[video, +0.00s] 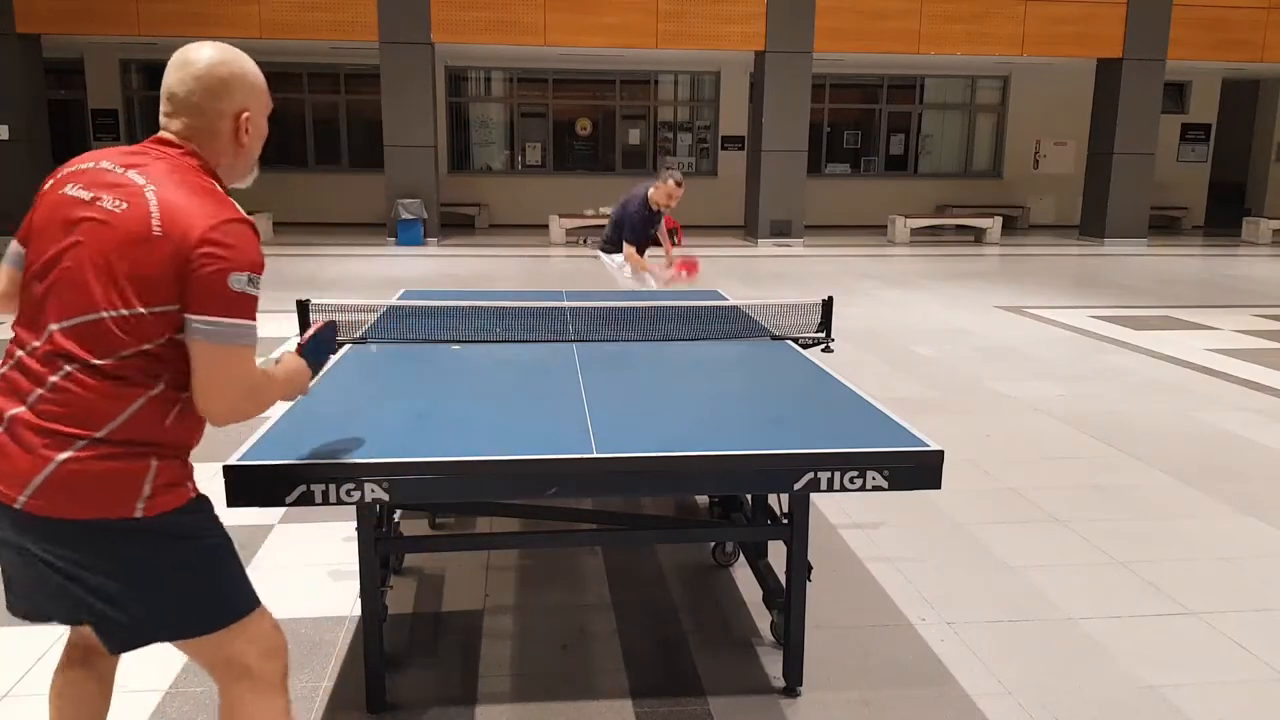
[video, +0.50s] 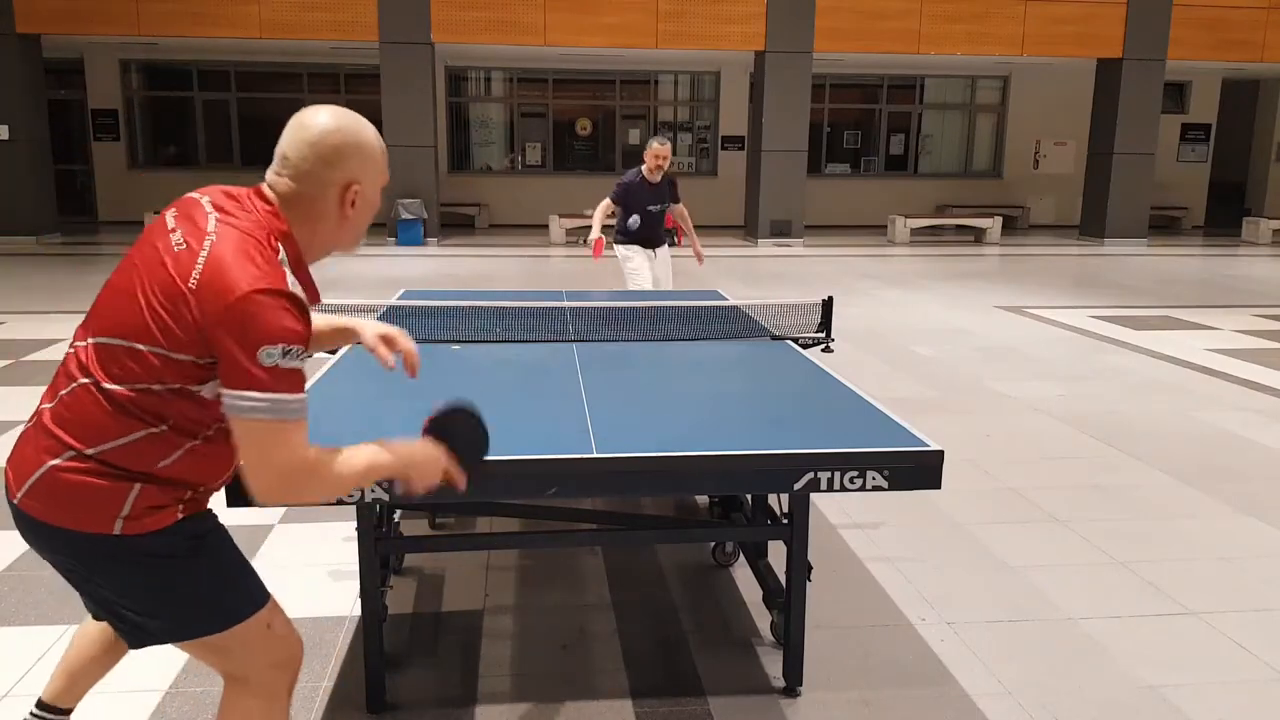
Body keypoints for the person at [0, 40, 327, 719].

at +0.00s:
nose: (264, 136)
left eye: (266, 120)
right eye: (264, 120)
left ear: (170, 111)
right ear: (241, 124)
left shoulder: (75, 173)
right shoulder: (217, 226)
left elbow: (9, 294)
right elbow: (225, 398)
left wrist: (107, 314)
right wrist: (287, 376)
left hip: (16, 473)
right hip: (119, 495)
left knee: (92, 637)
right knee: (254, 657)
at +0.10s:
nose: (283, 136)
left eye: (285, 118)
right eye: (283, 118)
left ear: (188, 108)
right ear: (261, 122)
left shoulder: (100, 166)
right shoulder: (219, 222)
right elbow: (229, 402)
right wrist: (299, 380)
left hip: (25, 461)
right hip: (115, 487)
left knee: (92, 637)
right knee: (246, 658)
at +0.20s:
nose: (311, 149)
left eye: (312, 132)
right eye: (311, 131)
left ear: (214, 118)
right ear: (288, 134)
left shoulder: (133, 172)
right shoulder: (237, 235)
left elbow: (150, 345)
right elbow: (256, 417)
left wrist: (288, 383)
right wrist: (329, 391)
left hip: (32, 462)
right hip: (121, 494)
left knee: (96, 633)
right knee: (252, 657)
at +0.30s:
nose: (339, 169)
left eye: (340, 153)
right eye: (339, 153)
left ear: (240, 137)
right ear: (314, 157)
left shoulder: (164, 184)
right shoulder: (253, 259)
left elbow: (170, 326)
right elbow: (287, 441)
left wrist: (277, 347)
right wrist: (363, 407)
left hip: (35, 468)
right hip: (126, 503)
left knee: (102, 633)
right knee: (265, 659)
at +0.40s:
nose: (363, 187)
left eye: (366, 170)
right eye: (364, 171)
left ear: (265, 154)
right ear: (337, 180)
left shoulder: (191, 195)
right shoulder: (260, 279)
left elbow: (217, 307)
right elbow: (298, 458)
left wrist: (319, 333)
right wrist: (389, 423)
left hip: (45, 470)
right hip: (123, 506)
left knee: (111, 631)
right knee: (269, 662)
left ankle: (52, 717)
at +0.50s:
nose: (376, 206)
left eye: (382, 190)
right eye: (379, 191)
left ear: (283, 170)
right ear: (350, 199)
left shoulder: (209, 206)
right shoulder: (256, 295)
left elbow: (241, 327)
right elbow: (281, 478)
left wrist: (350, 329)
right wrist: (392, 459)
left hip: (48, 468)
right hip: (114, 506)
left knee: (140, 601)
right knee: (269, 660)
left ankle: (47, 712)